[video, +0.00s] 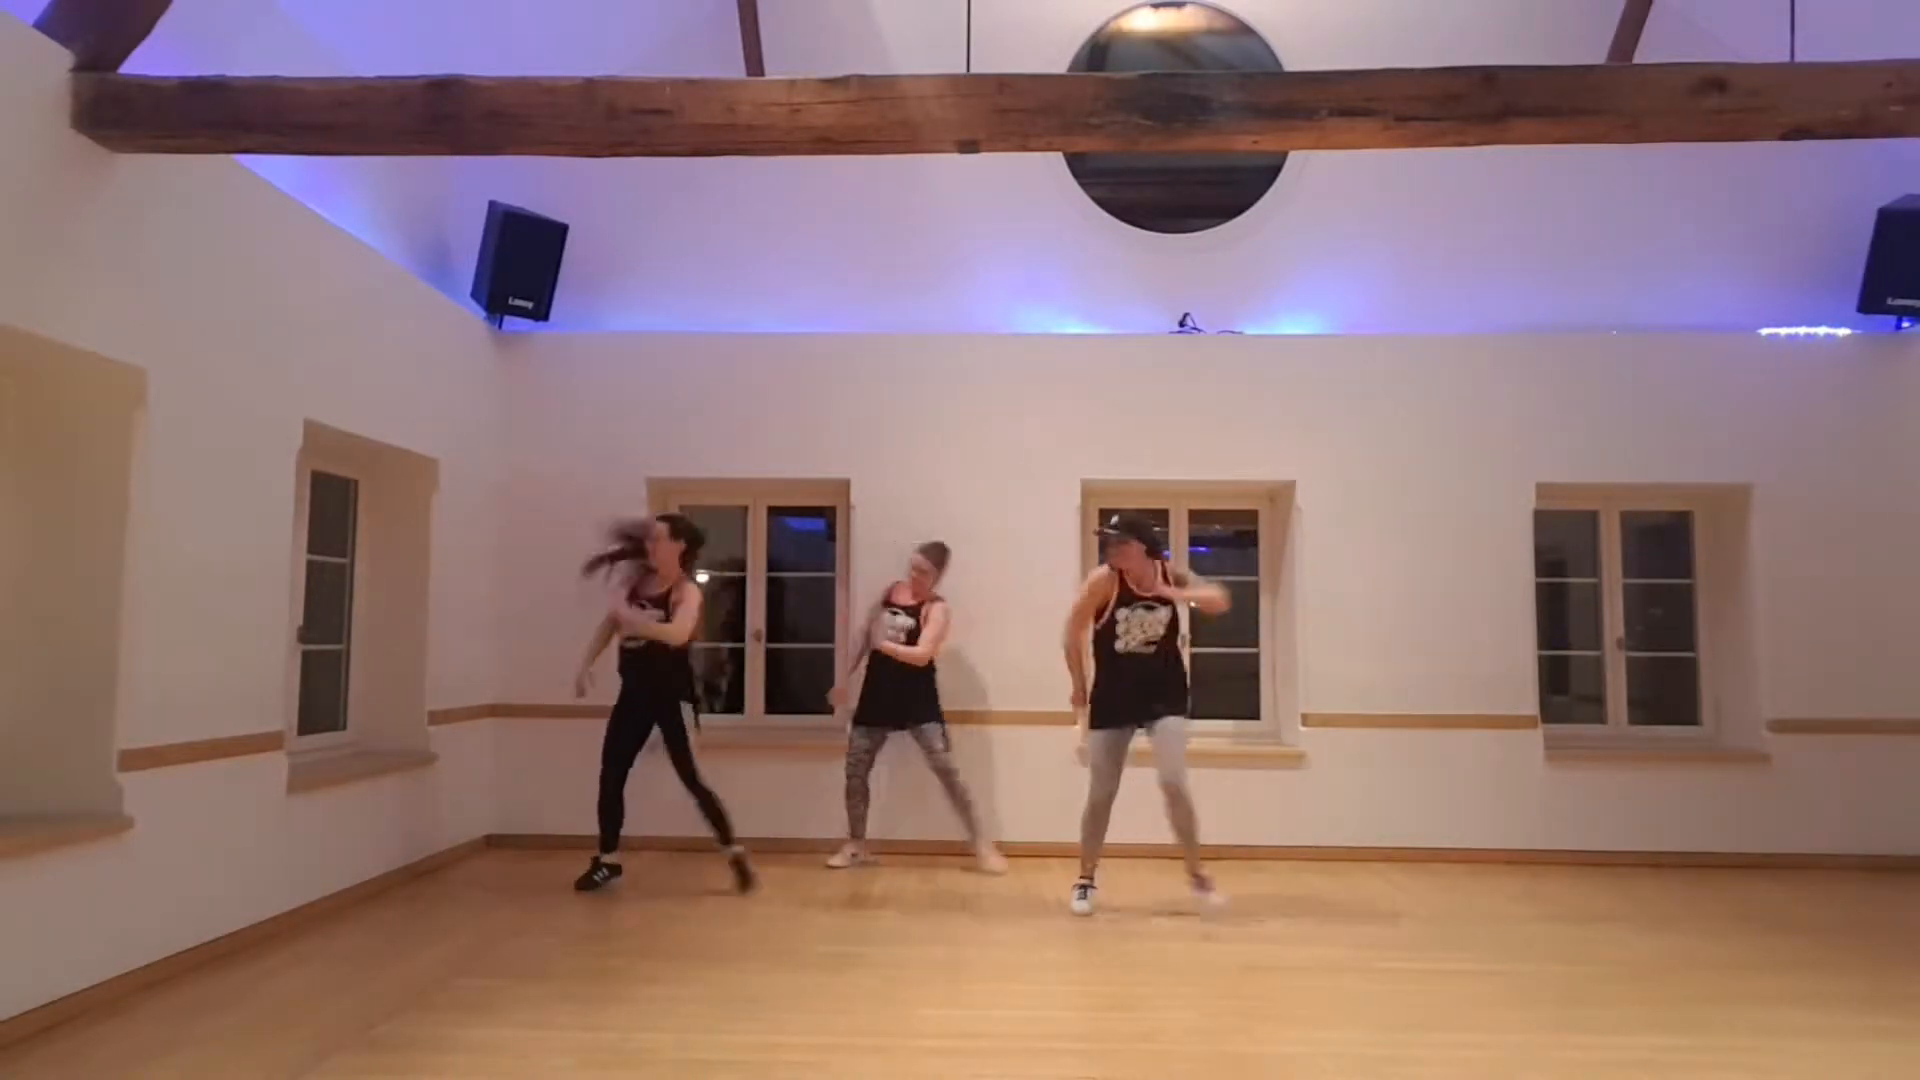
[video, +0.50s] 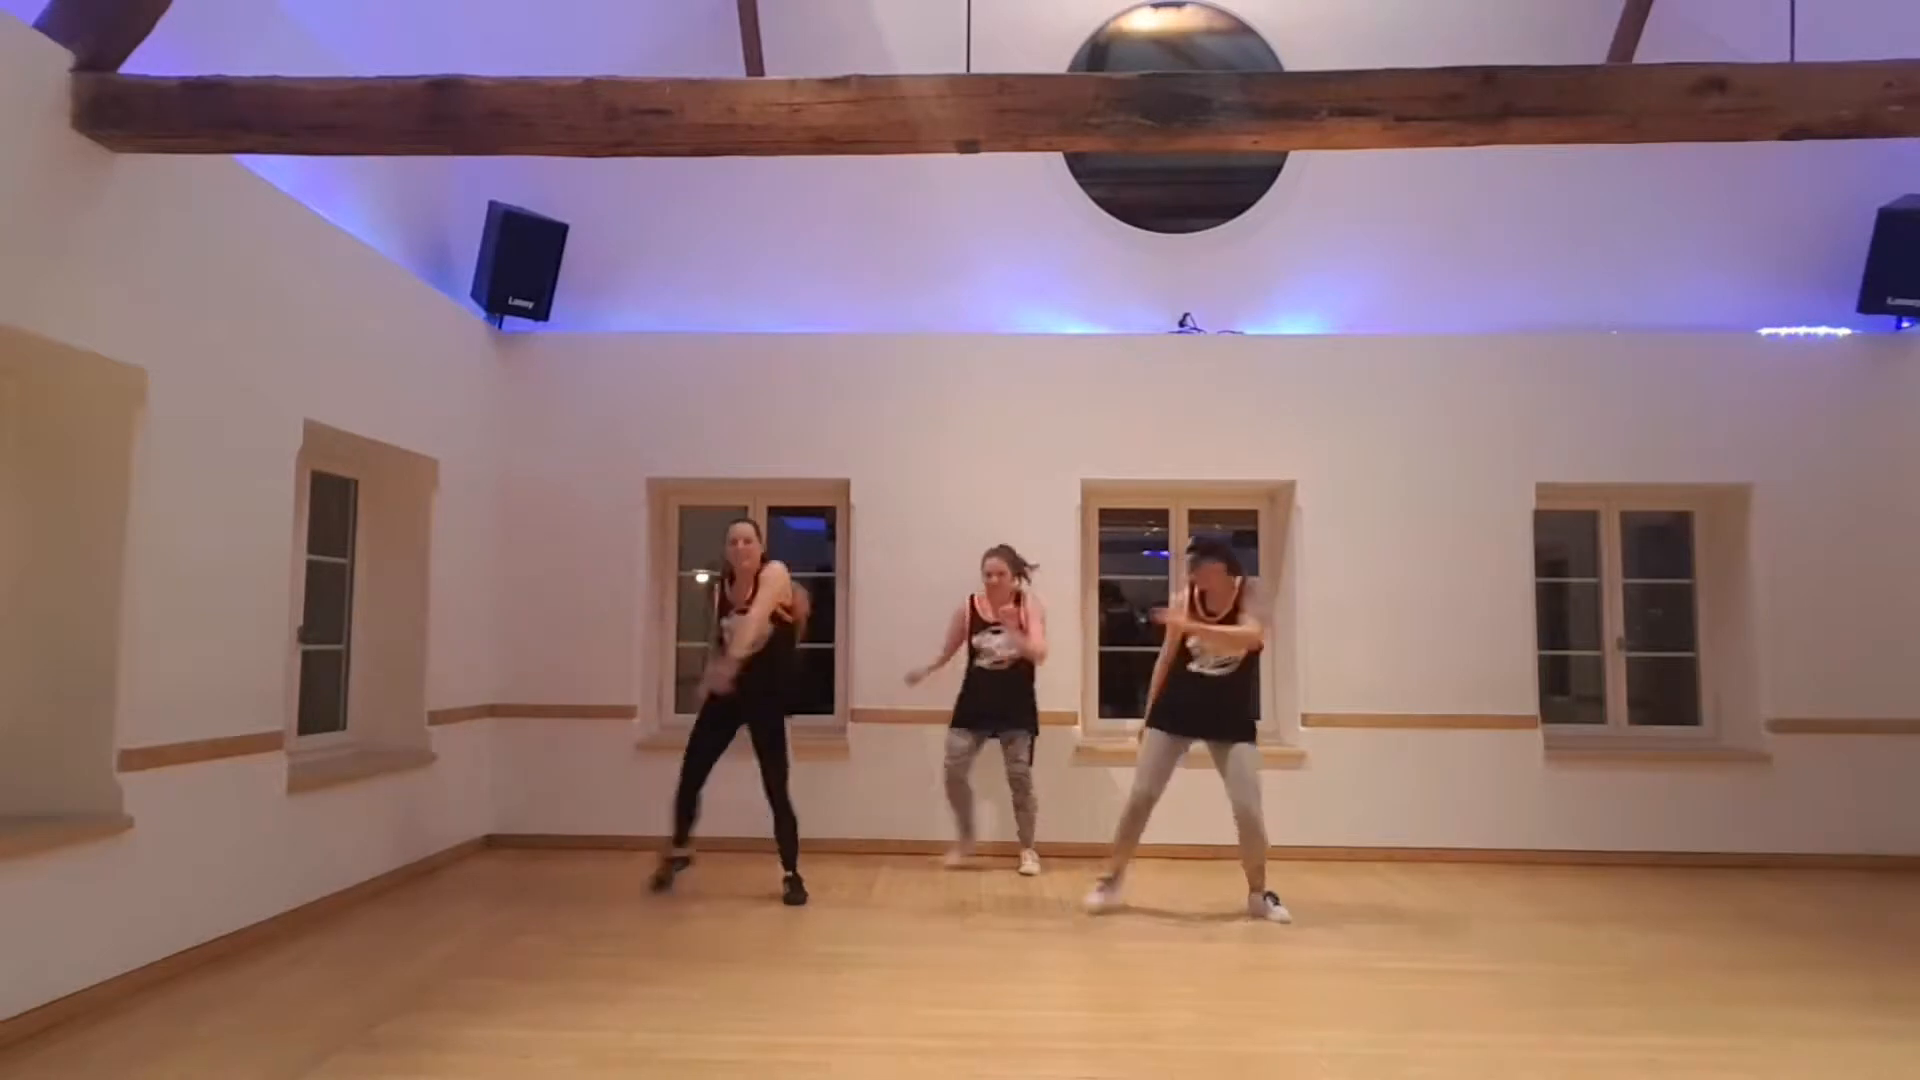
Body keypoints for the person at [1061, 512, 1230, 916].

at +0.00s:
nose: (1115, 556)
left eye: (1122, 547)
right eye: (1112, 549)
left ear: (1144, 547)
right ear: (1112, 552)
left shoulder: (1172, 575)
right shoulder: (1104, 581)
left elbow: (1220, 600)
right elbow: (1074, 629)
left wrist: (1173, 593)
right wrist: (1079, 684)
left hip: (1165, 696)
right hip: (1113, 697)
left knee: (1173, 783)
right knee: (1102, 792)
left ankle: (1197, 874)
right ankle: (1086, 879)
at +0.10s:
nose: (1121, 556)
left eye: (1128, 548)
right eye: (1120, 549)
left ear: (1151, 553)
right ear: (1126, 555)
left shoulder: (1181, 585)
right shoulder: (1115, 587)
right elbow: (1101, 645)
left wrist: (1118, 604)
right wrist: (1089, 698)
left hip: (1173, 705)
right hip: (1119, 705)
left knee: (1211, 798)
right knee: (1104, 795)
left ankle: (1240, 889)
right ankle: (1088, 882)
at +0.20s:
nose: (1144, 574)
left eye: (1151, 566)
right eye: (1143, 566)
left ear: (1171, 568)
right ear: (1150, 569)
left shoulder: (1192, 599)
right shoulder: (1148, 607)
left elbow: (1132, 606)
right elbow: (1127, 661)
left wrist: (1072, 598)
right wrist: (1096, 707)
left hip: (1183, 723)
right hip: (1133, 721)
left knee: (1226, 814)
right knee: (1108, 806)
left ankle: (1255, 896)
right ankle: (1091, 884)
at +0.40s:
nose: (1178, 594)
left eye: (1183, 586)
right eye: (1176, 587)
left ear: (1204, 581)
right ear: (1179, 588)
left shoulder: (1236, 603)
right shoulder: (1177, 623)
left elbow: (1188, 625)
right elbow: (1153, 675)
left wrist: (1123, 623)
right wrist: (1130, 728)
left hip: (1213, 736)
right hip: (1159, 730)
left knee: (1241, 824)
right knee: (1131, 809)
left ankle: (1257, 897)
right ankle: (1097, 884)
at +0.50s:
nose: (1205, 592)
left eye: (1211, 582)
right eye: (1199, 585)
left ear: (1233, 577)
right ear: (1194, 581)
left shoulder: (1252, 600)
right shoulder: (1184, 604)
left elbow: (1252, 637)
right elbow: (1165, 660)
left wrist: (1188, 627)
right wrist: (1150, 715)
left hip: (1229, 718)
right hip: (1176, 712)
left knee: (1249, 808)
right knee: (1141, 796)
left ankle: (1258, 896)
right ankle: (1112, 881)